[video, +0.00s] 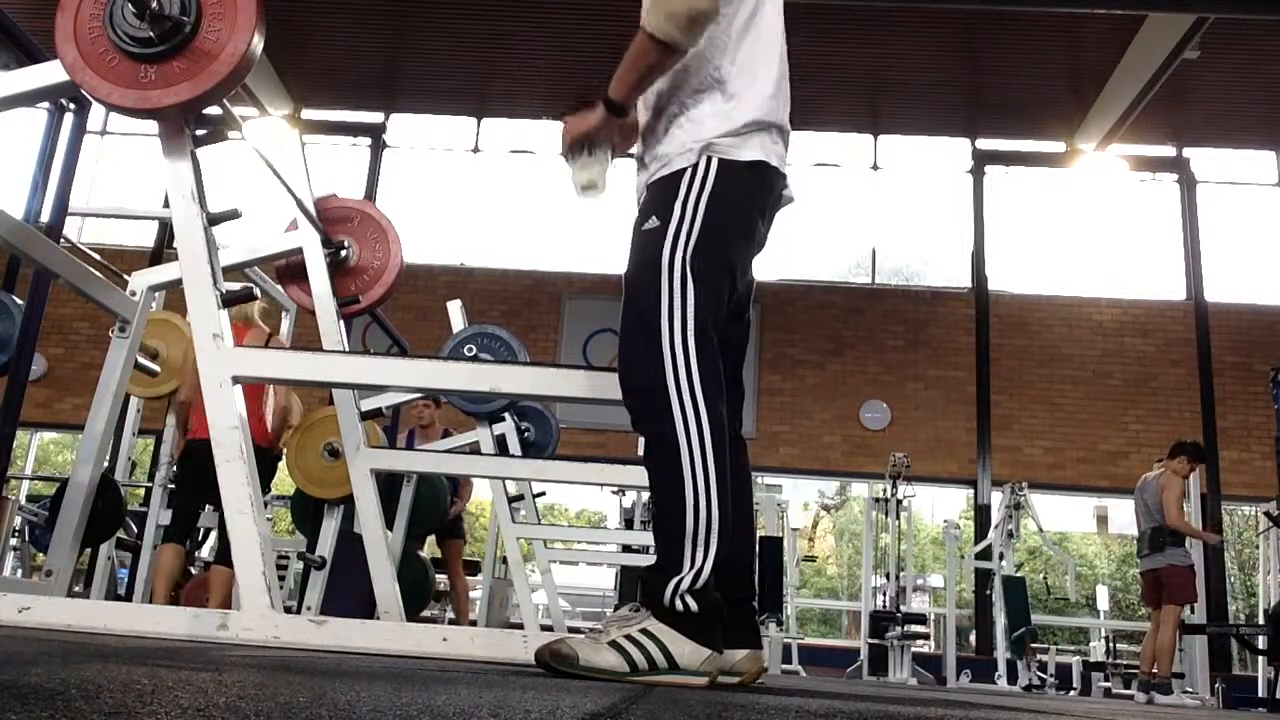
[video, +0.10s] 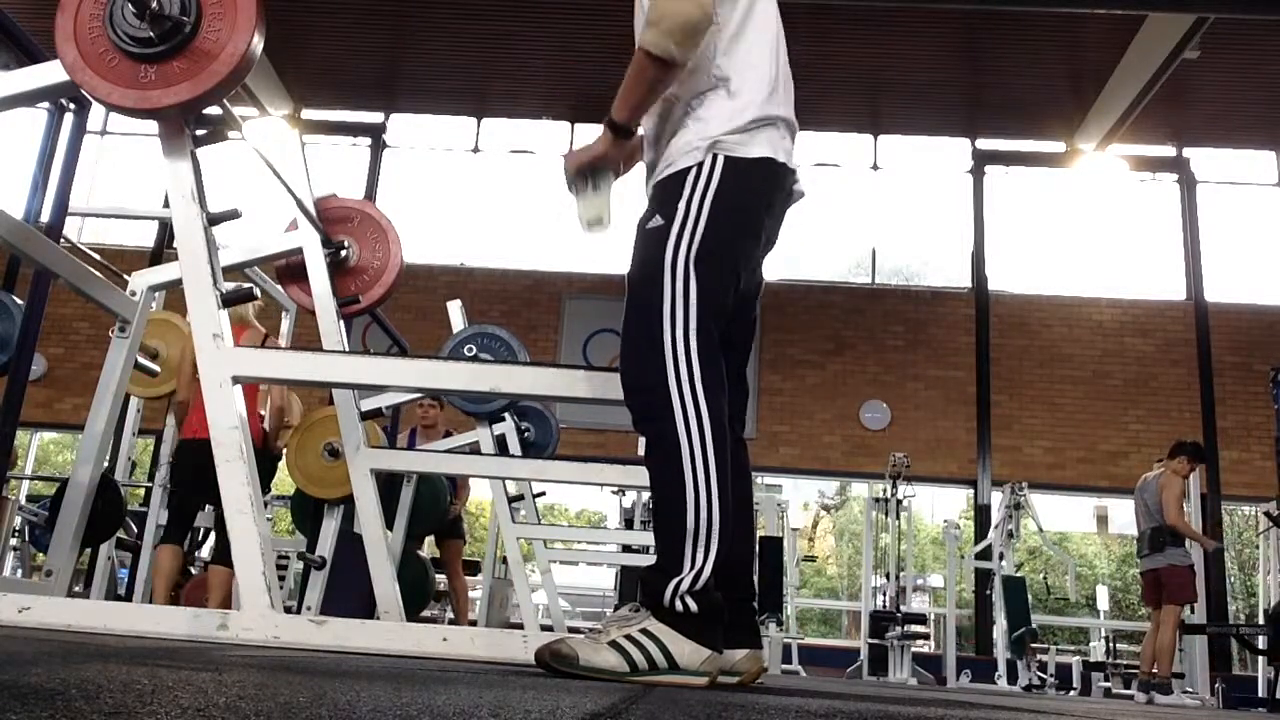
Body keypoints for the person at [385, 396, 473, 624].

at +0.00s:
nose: (420, 411)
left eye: (426, 406)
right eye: (415, 407)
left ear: (437, 410)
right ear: (409, 413)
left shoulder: (452, 439)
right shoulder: (402, 440)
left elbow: (465, 477)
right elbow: (390, 472)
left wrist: (461, 501)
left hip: (447, 506)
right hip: (412, 506)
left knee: (454, 568)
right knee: (405, 563)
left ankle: (463, 626)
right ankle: (399, 620)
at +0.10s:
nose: (425, 411)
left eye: (431, 407)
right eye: (421, 406)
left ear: (441, 412)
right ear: (415, 411)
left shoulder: (453, 440)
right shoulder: (404, 439)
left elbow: (463, 478)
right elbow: (393, 472)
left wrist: (459, 503)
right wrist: (398, 498)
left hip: (447, 506)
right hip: (412, 504)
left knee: (453, 568)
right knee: (405, 560)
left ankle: (462, 626)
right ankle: (396, 618)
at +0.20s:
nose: (431, 410)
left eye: (437, 406)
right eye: (426, 405)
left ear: (445, 412)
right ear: (419, 409)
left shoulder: (455, 443)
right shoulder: (403, 439)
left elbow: (463, 478)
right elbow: (389, 471)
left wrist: (459, 502)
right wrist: (393, 496)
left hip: (446, 507)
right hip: (410, 504)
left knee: (452, 568)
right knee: (402, 560)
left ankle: (462, 625)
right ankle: (392, 617)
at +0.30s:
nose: (437, 408)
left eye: (442, 404)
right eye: (431, 403)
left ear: (448, 410)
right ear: (422, 407)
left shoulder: (456, 442)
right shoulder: (405, 438)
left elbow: (464, 483)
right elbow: (393, 471)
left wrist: (459, 503)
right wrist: (398, 496)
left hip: (446, 508)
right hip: (410, 504)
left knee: (453, 569)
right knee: (402, 560)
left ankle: (462, 626)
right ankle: (394, 617)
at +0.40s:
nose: (440, 406)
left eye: (445, 402)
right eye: (435, 400)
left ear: (450, 408)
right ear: (423, 405)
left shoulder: (456, 438)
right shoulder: (406, 434)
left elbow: (466, 476)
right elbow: (397, 467)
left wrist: (460, 499)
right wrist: (403, 494)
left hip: (449, 506)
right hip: (413, 503)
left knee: (455, 570)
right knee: (404, 561)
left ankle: (462, 628)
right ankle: (394, 619)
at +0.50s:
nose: (440, 410)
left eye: (445, 405)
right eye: (436, 403)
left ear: (452, 410)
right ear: (425, 406)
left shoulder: (463, 439)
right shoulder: (405, 435)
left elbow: (470, 476)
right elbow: (399, 471)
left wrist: (463, 500)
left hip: (451, 507)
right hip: (415, 505)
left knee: (459, 568)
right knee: (406, 561)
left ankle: (465, 626)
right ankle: (397, 619)